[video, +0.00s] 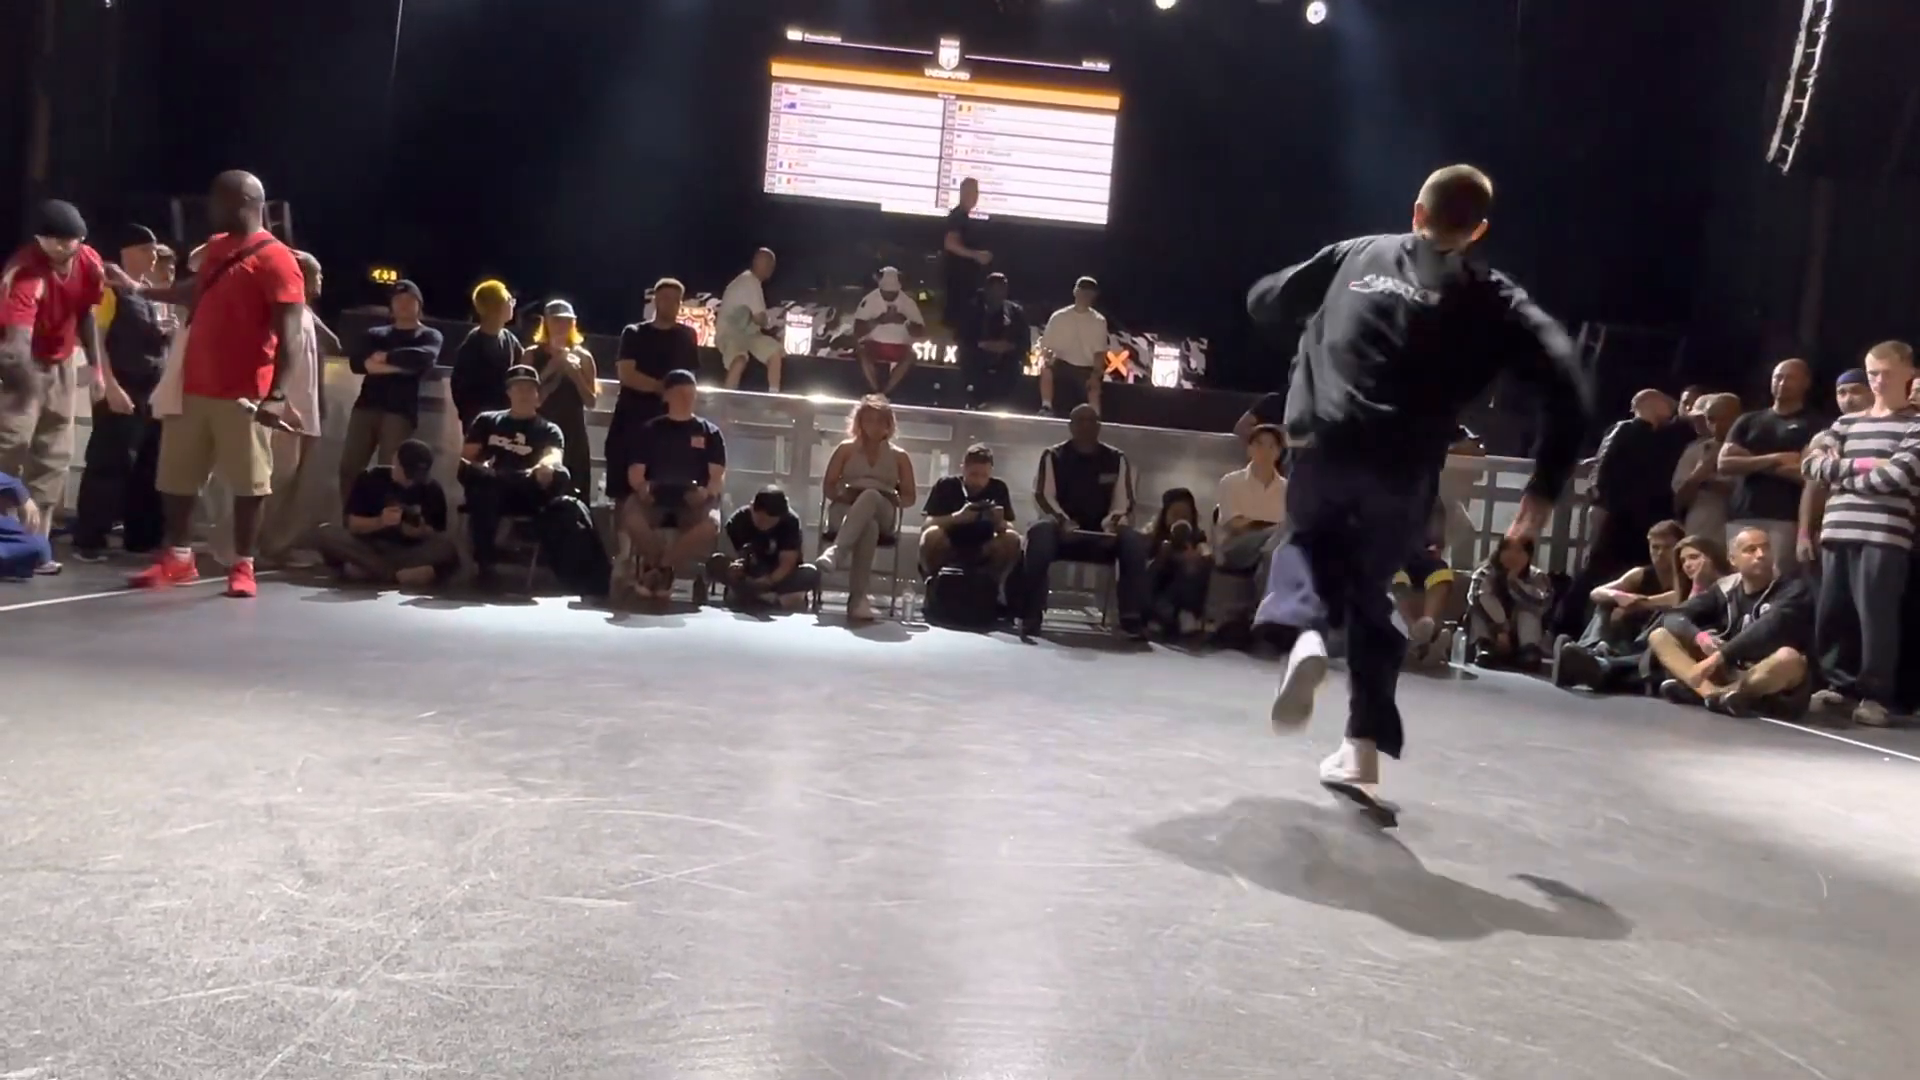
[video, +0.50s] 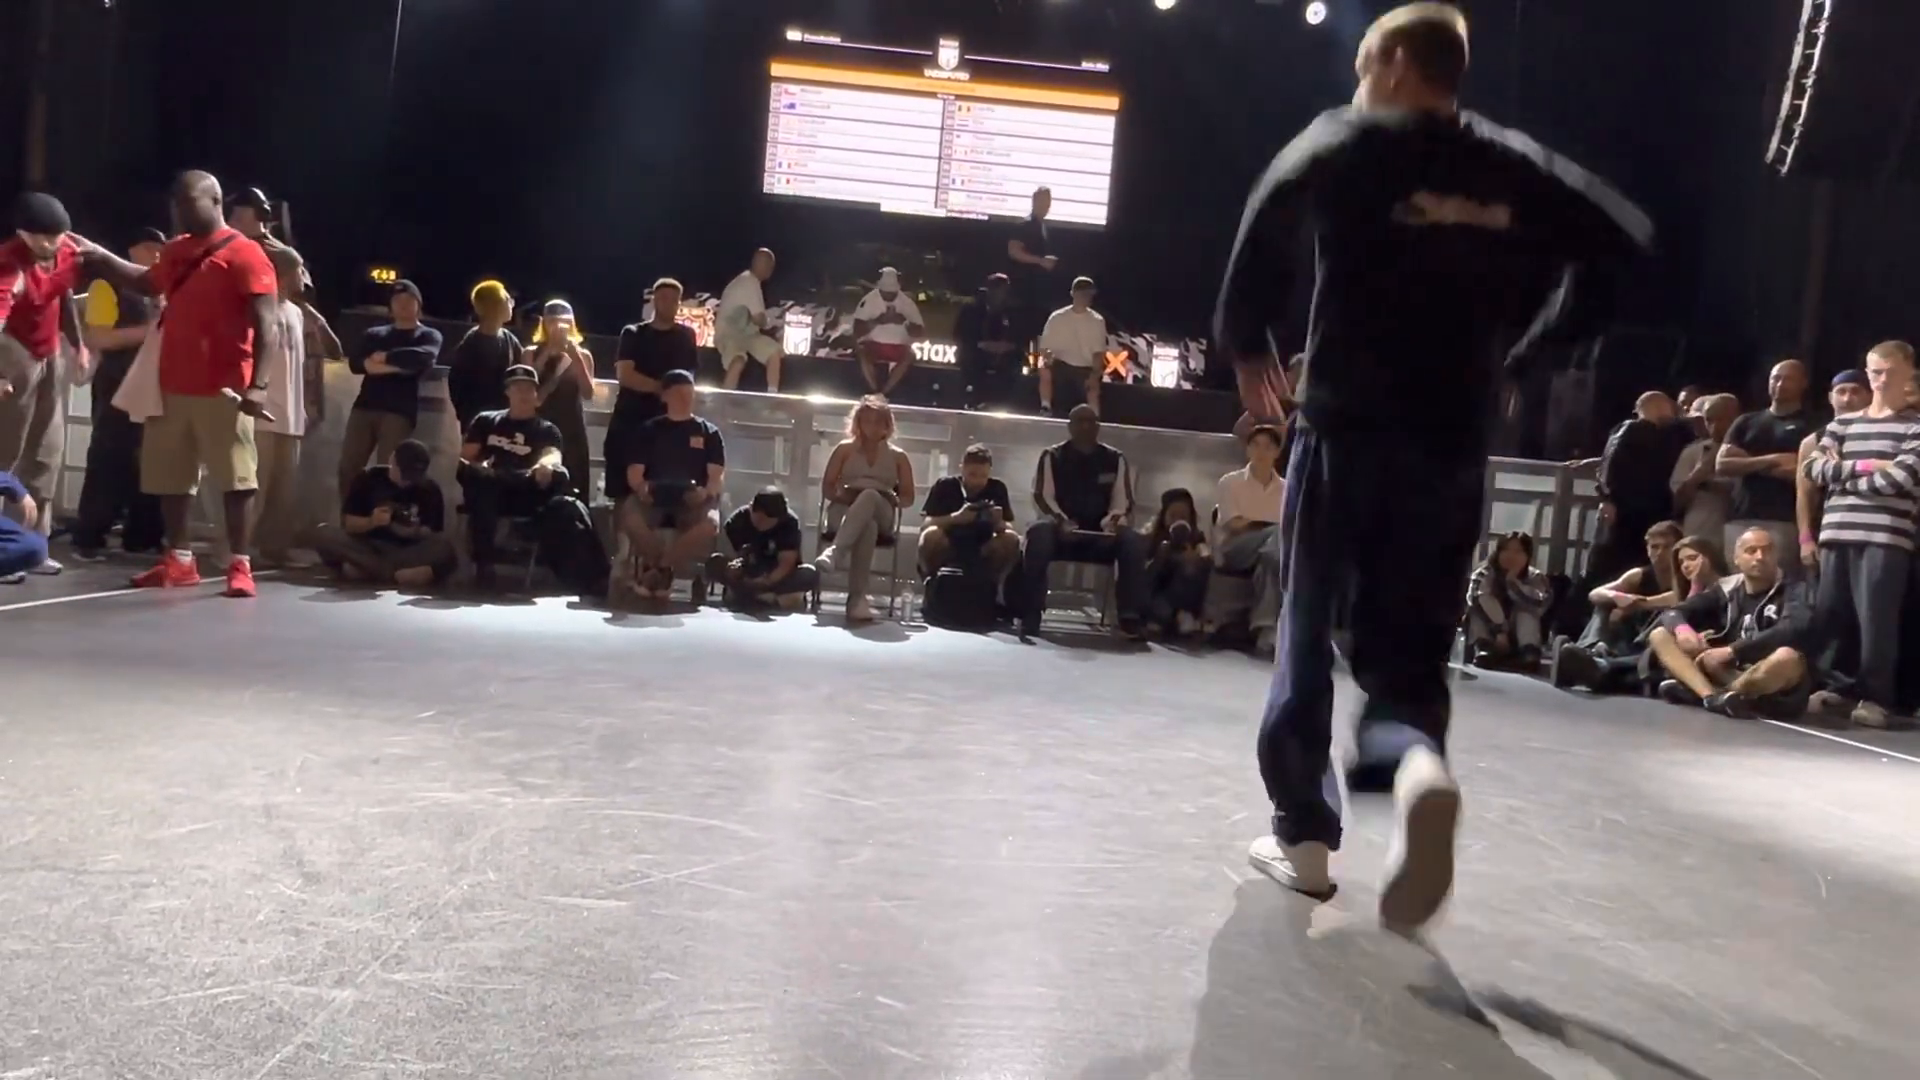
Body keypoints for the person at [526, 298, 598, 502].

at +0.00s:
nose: (562, 326)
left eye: (567, 320)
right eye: (556, 320)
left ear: (573, 324)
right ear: (546, 323)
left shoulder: (584, 357)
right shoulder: (532, 355)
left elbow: (591, 401)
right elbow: (529, 399)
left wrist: (574, 373)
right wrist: (554, 367)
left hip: (573, 431)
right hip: (540, 431)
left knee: (577, 492)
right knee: (538, 493)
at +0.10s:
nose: (562, 327)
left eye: (567, 321)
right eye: (556, 321)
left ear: (572, 325)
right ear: (546, 323)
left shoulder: (584, 357)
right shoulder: (532, 355)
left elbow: (591, 401)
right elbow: (529, 399)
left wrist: (575, 372)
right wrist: (553, 366)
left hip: (573, 431)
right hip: (540, 431)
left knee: (576, 493)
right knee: (539, 493)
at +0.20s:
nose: (561, 328)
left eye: (566, 322)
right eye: (556, 322)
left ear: (572, 325)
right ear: (545, 324)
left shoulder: (583, 357)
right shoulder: (531, 355)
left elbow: (590, 400)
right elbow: (532, 400)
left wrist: (575, 369)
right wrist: (555, 368)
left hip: (573, 432)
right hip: (540, 432)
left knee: (576, 494)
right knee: (539, 494)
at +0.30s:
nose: (561, 328)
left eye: (566, 323)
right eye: (556, 322)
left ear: (572, 325)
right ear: (545, 324)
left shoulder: (583, 356)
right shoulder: (531, 355)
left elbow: (590, 399)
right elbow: (529, 400)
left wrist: (576, 367)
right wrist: (552, 365)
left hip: (572, 428)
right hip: (539, 428)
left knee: (575, 489)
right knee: (538, 489)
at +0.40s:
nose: (560, 329)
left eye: (566, 323)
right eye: (554, 323)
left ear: (573, 326)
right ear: (545, 325)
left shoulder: (583, 356)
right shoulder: (531, 354)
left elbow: (589, 397)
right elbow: (528, 398)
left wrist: (577, 363)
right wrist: (548, 360)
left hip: (572, 429)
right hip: (539, 428)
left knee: (576, 490)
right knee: (537, 490)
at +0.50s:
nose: (559, 327)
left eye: (565, 321)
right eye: (553, 321)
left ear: (573, 325)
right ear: (544, 324)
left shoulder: (583, 356)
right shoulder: (531, 354)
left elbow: (588, 393)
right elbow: (532, 399)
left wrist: (576, 358)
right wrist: (557, 373)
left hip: (572, 430)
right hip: (540, 429)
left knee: (575, 490)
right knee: (539, 490)